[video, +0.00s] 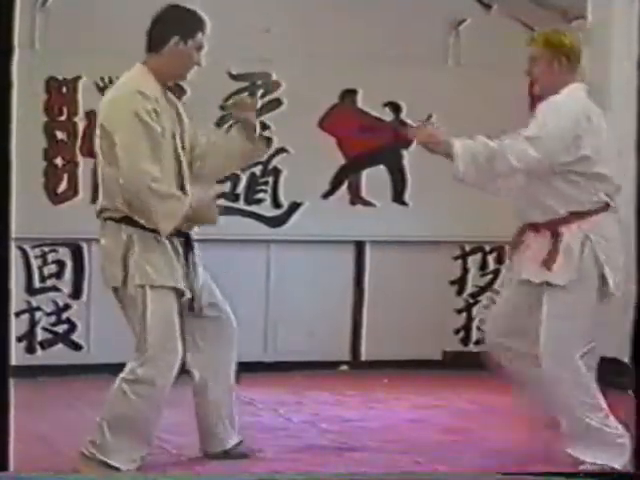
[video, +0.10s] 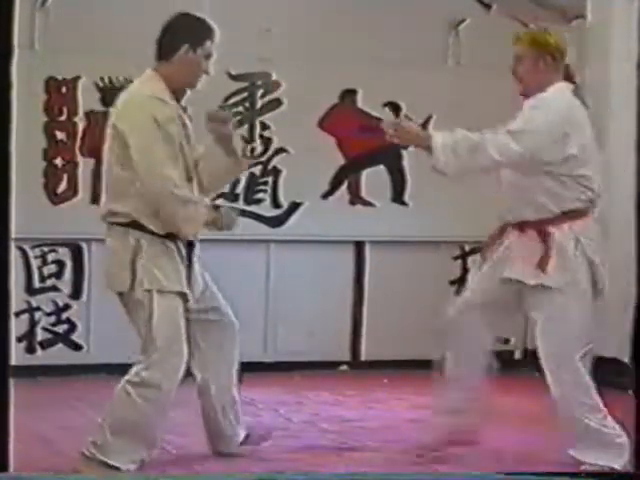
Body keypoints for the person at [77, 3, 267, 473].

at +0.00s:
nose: (198, 61)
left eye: (200, 51)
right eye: (196, 49)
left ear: (170, 47)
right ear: (173, 44)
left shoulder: (169, 103)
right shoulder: (130, 101)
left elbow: (203, 161)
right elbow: (144, 188)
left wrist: (249, 133)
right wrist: (194, 207)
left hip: (170, 240)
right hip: (134, 241)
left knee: (216, 326)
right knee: (159, 352)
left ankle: (220, 439)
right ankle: (107, 456)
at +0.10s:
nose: (206, 71)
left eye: (209, 61)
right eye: (205, 59)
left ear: (180, 55)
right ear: (183, 53)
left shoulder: (171, 108)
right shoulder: (142, 105)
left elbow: (197, 181)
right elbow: (165, 196)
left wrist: (226, 147)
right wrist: (210, 214)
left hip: (172, 247)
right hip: (141, 247)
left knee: (218, 330)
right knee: (165, 358)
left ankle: (227, 433)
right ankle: (107, 456)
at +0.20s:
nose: (224, 81)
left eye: (225, 72)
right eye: (221, 70)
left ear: (195, 64)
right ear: (201, 63)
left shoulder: (173, 105)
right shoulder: (175, 107)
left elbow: (202, 176)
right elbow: (218, 178)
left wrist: (249, 181)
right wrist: (251, 198)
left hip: (176, 249)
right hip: (159, 251)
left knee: (219, 332)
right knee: (175, 363)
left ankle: (231, 428)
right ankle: (108, 455)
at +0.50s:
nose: (294, 99)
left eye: (299, 91)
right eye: (293, 86)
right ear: (271, 71)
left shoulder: (260, 141)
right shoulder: (229, 93)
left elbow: (261, 226)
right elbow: (242, 103)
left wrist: (313, 219)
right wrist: (272, 83)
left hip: (227, 243)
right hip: (198, 232)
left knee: (233, 340)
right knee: (215, 344)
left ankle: (214, 428)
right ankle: (150, 445)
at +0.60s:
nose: (319, 74)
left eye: (323, 65)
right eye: (315, 62)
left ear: (298, 63)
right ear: (289, 57)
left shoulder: (299, 117)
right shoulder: (237, 90)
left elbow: (305, 169)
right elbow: (199, 140)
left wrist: (342, 160)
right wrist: (239, 146)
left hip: (252, 235)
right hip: (213, 230)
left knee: (264, 335)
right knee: (252, 328)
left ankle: (226, 427)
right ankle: (215, 428)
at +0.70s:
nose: (323, 69)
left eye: (326, 60)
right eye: (317, 58)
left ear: (310, 60)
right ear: (291, 55)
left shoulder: (319, 111)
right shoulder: (240, 98)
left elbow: (334, 165)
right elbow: (200, 160)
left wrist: (354, 187)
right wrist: (241, 184)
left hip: (275, 237)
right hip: (227, 234)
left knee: (294, 334)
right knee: (273, 325)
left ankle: (240, 412)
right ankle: (269, 438)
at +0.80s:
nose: (323, 72)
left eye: (328, 63)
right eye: (315, 62)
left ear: (331, 65)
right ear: (288, 60)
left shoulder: (335, 112)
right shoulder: (250, 115)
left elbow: (358, 172)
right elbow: (215, 181)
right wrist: (236, 222)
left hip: (316, 239)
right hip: (263, 240)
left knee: (342, 339)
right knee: (291, 333)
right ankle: (275, 439)